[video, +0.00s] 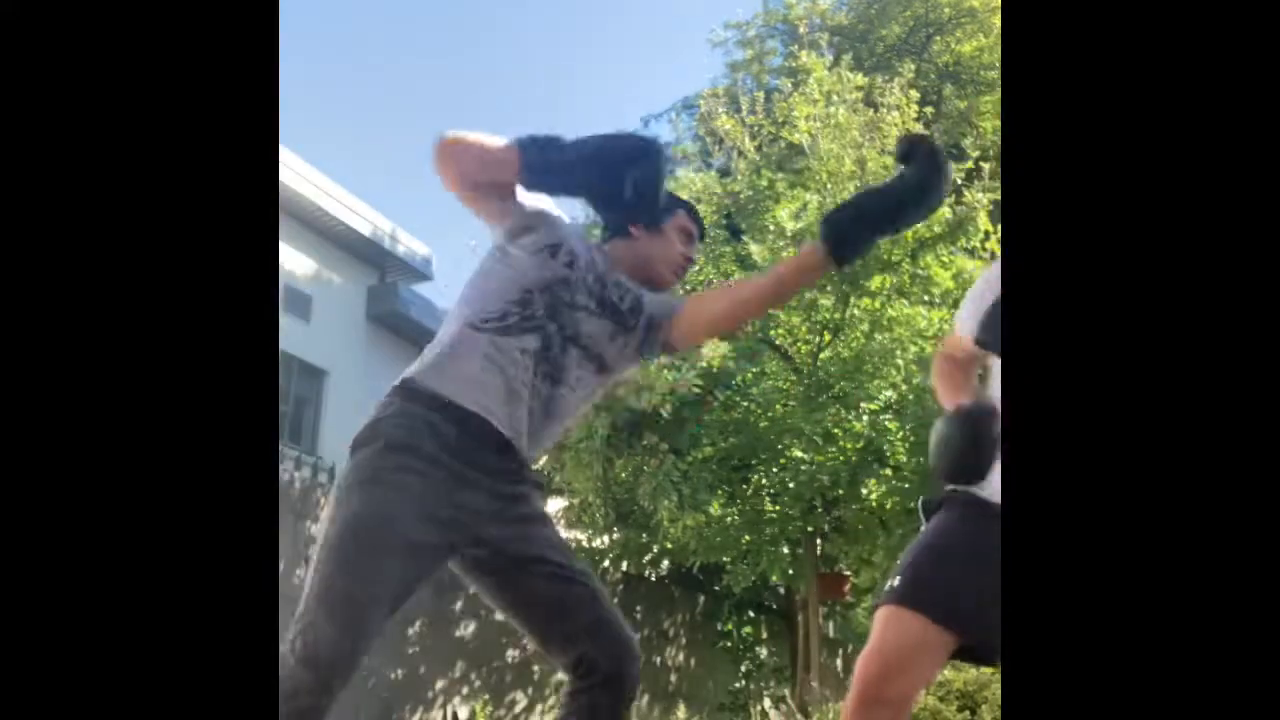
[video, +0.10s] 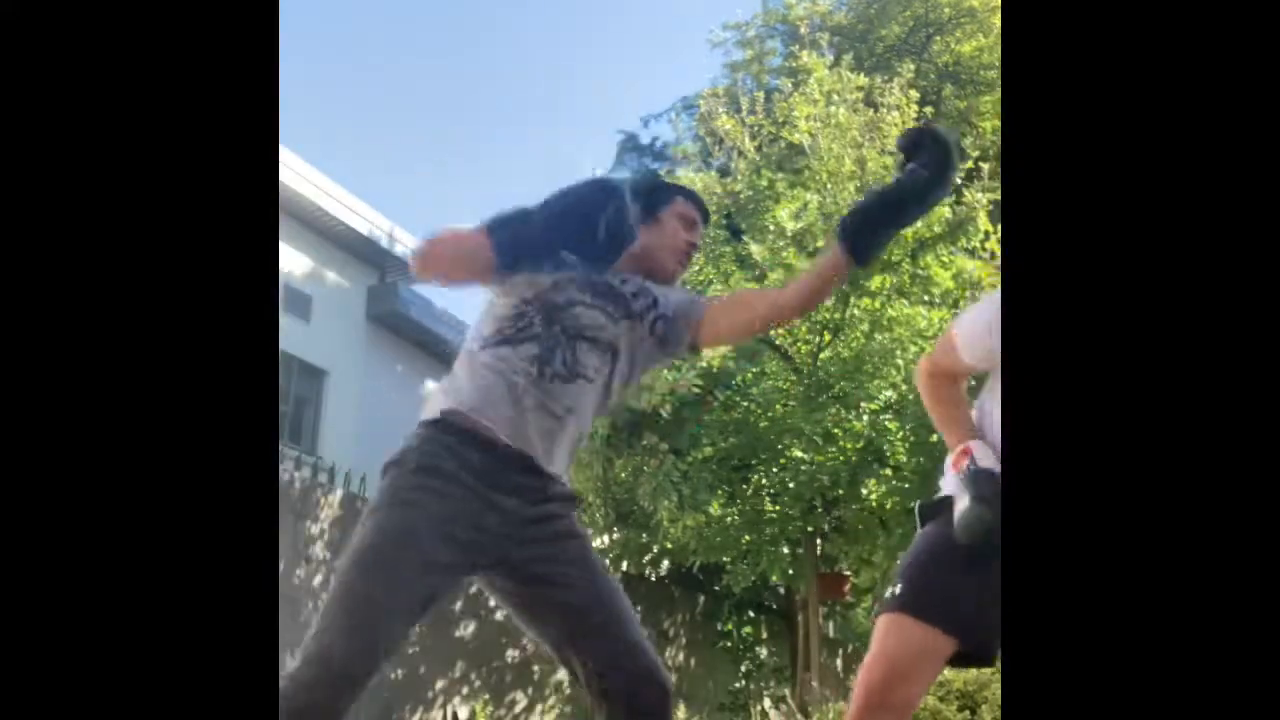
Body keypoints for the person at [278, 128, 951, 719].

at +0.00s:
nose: (694, 255)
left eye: (697, 248)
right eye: (685, 235)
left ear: (673, 263)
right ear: (635, 222)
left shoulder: (649, 321)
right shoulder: (545, 235)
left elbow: (761, 289)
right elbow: (454, 155)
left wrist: (863, 223)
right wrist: (566, 163)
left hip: (503, 488)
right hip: (418, 446)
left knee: (607, 661)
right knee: (315, 667)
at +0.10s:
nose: (696, 241)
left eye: (700, 234)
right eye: (684, 223)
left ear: (683, 250)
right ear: (635, 217)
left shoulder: (666, 313)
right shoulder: (557, 256)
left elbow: (793, 296)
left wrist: (885, 216)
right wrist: (550, 227)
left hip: (542, 508)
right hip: (447, 469)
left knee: (641, 692)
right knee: (328, 672)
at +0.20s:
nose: (679, 254)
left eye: (684, 246)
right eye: (669, 236)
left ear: (673, 260)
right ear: (617, 229)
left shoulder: (655, 346)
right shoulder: (533, 292)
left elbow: (769, 394)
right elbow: (441, 351)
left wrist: (826, 289)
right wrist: (554, 292)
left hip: (568, 551)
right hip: (460, 529)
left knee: (691, 703)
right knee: (326, 696)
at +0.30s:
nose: (641, 247)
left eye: (646, 237)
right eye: (630, 228)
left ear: (640, 251)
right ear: (579, 223)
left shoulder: (626, 348)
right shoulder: (494, 291)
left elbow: (664, 469)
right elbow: (443, 381)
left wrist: (716, 403)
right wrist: (550, 306)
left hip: (558, 553)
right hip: (450, 536)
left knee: (670, 698)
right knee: (326, 702)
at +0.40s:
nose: (590, 224)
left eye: (595, 215)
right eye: (578, 205)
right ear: (528, 198)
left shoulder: (573, 325)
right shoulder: (438, 270)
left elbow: (567, 452)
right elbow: (405, 364)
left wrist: (636, 409)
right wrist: (502, 289)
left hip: (510, 531)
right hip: (404, 515)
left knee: (602, 698)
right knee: (306, 698)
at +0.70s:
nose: (481, 224)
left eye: (487, 213)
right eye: (471, 204)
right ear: (420, 192)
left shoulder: (466, 304)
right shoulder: (334, 272)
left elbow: (483, 421)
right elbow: (329, 372)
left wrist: (538, 363)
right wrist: (409, 292)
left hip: (428, 518)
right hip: (326, 506)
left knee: (492, 689)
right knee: (281, 681)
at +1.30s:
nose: (379, 226)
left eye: (386, 217)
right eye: (367, 208)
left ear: (387, 226)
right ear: (316, 199)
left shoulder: (372, 296)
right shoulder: (283, 276)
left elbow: (418, 407)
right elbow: (284, 376)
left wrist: (454, 320)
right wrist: (305, 302)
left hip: (338, 507)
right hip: (289, 500)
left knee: (400, 693)